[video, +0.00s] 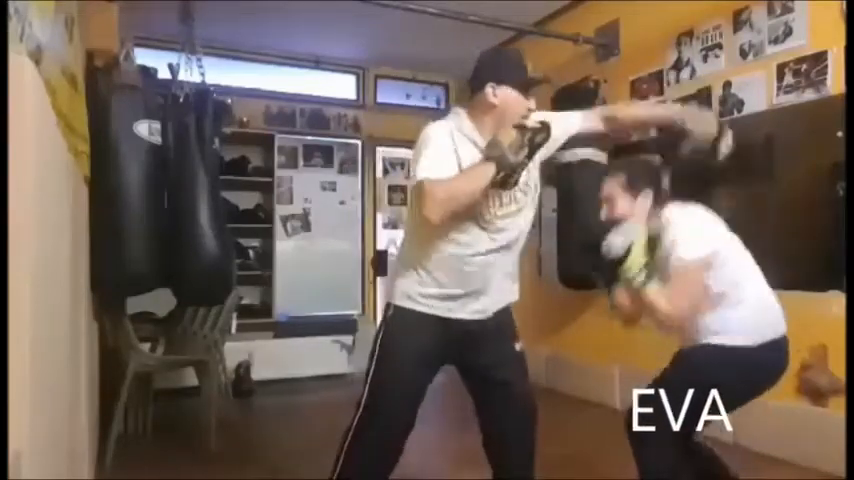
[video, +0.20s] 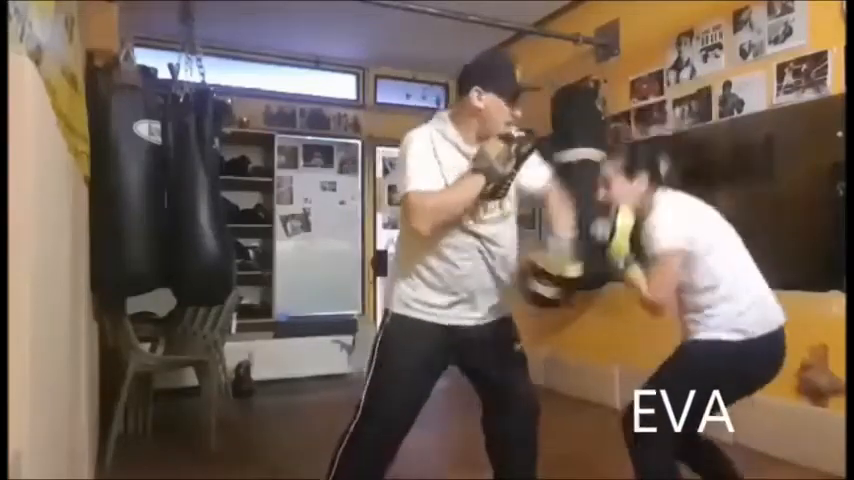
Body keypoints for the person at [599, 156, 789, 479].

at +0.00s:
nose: (605, 214)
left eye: (610, 201)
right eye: (603, 203)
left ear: (641, 195)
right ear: (639, 197)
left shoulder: (686, 223)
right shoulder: (655, 231)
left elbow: (677, 312)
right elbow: (631, 313)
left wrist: (640, 279)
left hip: (747, 349)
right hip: (718, 346)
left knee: (647, 421)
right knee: (659, 422)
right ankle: (716, 474)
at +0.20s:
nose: (603, 194)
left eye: (609, 183)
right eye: (603, 185)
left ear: (640, 180)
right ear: (642, 180)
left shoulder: (664, 216)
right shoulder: (675, 206)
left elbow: (658, 302)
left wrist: (625, 264)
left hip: (730, 344)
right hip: (756, 338)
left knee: (641, 422)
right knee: (672, 429)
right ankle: (727, 473)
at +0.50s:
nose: (617, 123)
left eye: (623, 112)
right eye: (614, 116)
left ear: (653, 107)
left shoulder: (695, 142)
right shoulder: (627, 168)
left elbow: (683, 188)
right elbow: (576, 187)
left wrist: (644, 147)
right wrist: (551, 145)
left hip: (719, 303)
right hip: (673, 309)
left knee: (658, 411)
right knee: (697, 410)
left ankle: (674, 474)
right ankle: (735, 472)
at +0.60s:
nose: (629, 115)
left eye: (633, 105)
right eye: (628, 107)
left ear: (656, 105)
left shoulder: (695, 151)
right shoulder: (638, 177)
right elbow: (604, 217)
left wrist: (634, 109)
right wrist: (583, 174)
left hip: (709, 301)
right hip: (677, 308)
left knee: (649, 413)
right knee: (689, 405)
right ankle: (731, 472)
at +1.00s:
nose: (637, 118)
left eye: (645, 108)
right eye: (636, 110)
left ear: (676, 106)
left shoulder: (702, 155)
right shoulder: (658, 163)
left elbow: (645, 215)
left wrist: (637, 159)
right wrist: (575, 148)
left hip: (712, 314)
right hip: (688, 316)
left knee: (643, 415)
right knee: (698, 412)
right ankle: (735, 473)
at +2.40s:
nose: (619, 140)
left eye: (625, 130)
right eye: (619, 131)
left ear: (655, 130)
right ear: (657, 130)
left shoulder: (666, 178)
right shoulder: (693, 166)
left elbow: (663, 263)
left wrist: (613, 260)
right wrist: (629, 248)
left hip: (694, 304)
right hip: (727, 300)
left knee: (647, 407)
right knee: (684, 415)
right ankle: (727, 473)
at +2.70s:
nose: (638, 120)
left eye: (645, 109)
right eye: (636, 112)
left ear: (677, 106)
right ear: (672, 110)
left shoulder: (694, 147)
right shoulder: (664, 165)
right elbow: (625, 204)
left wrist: (626, 134)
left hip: (681, 294)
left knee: (638, 406)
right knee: (686, 407)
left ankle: (648, 473)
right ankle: (729, 474)